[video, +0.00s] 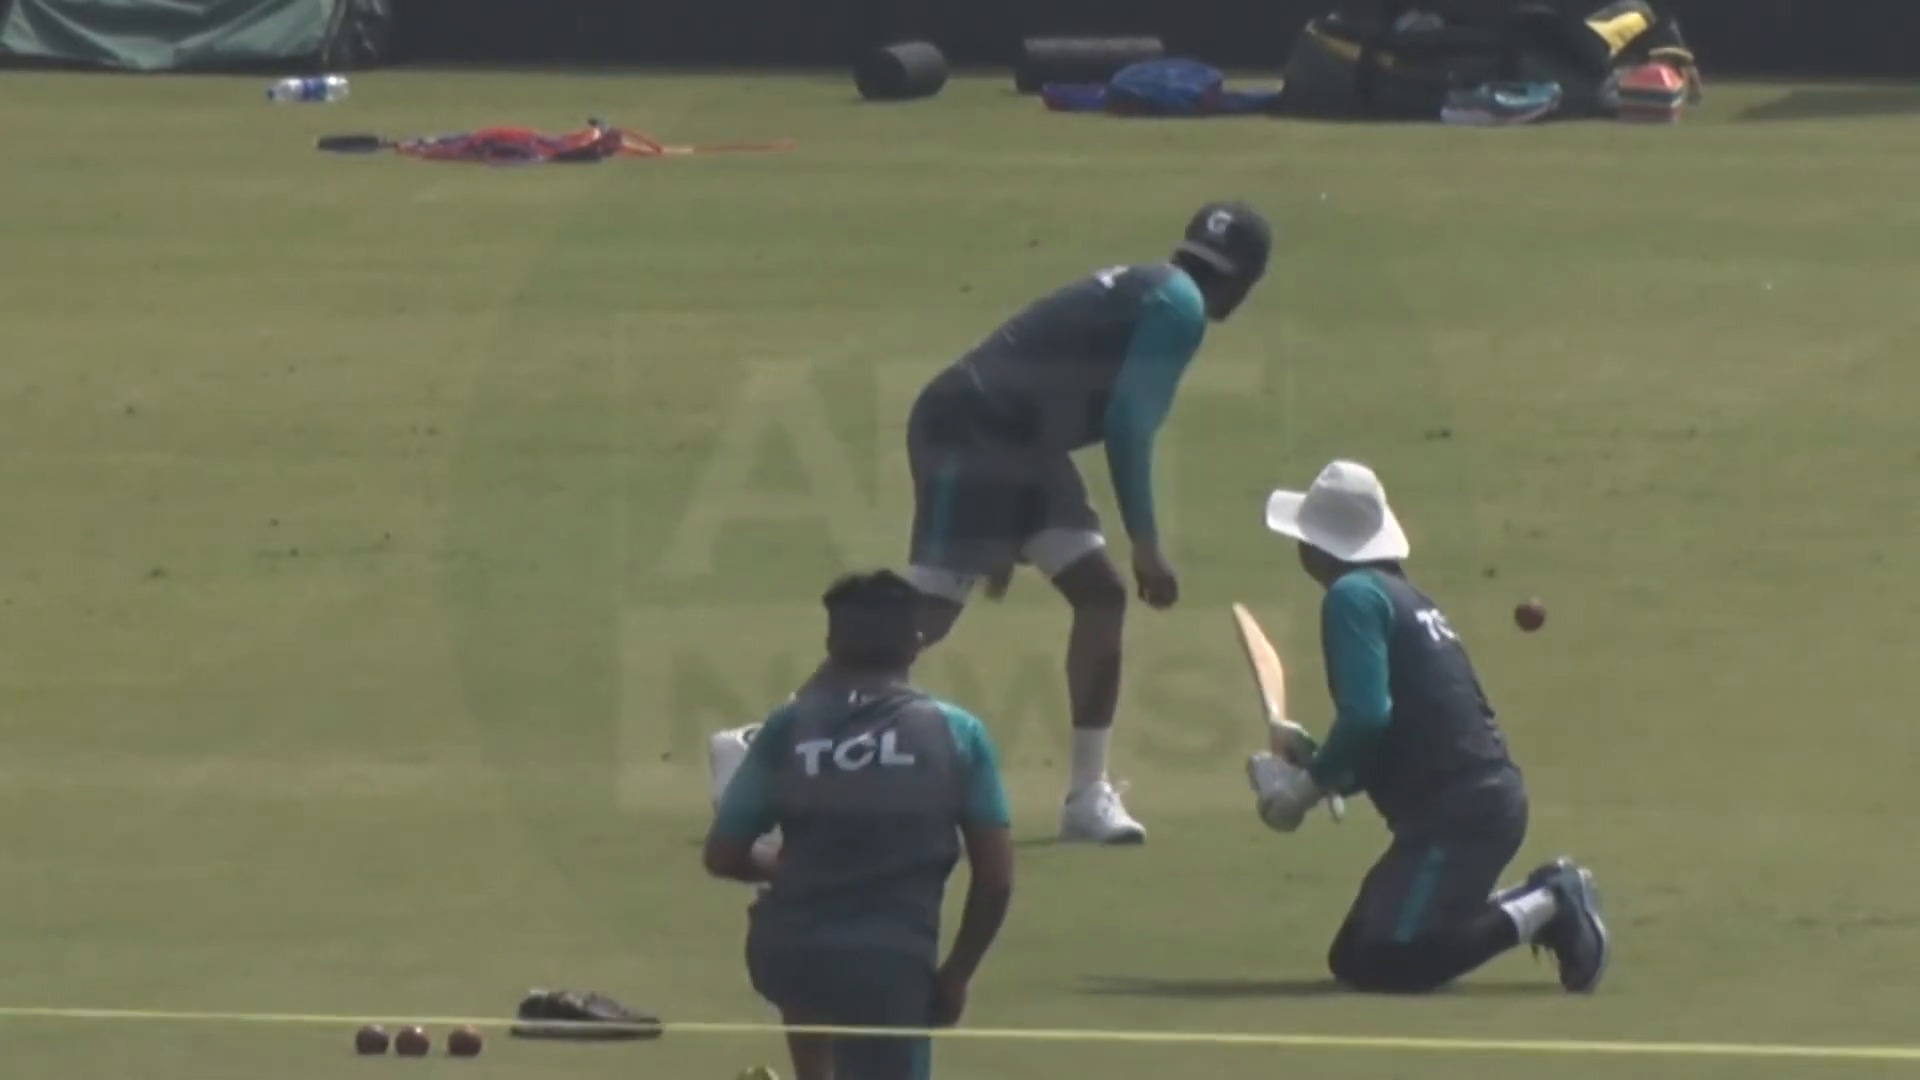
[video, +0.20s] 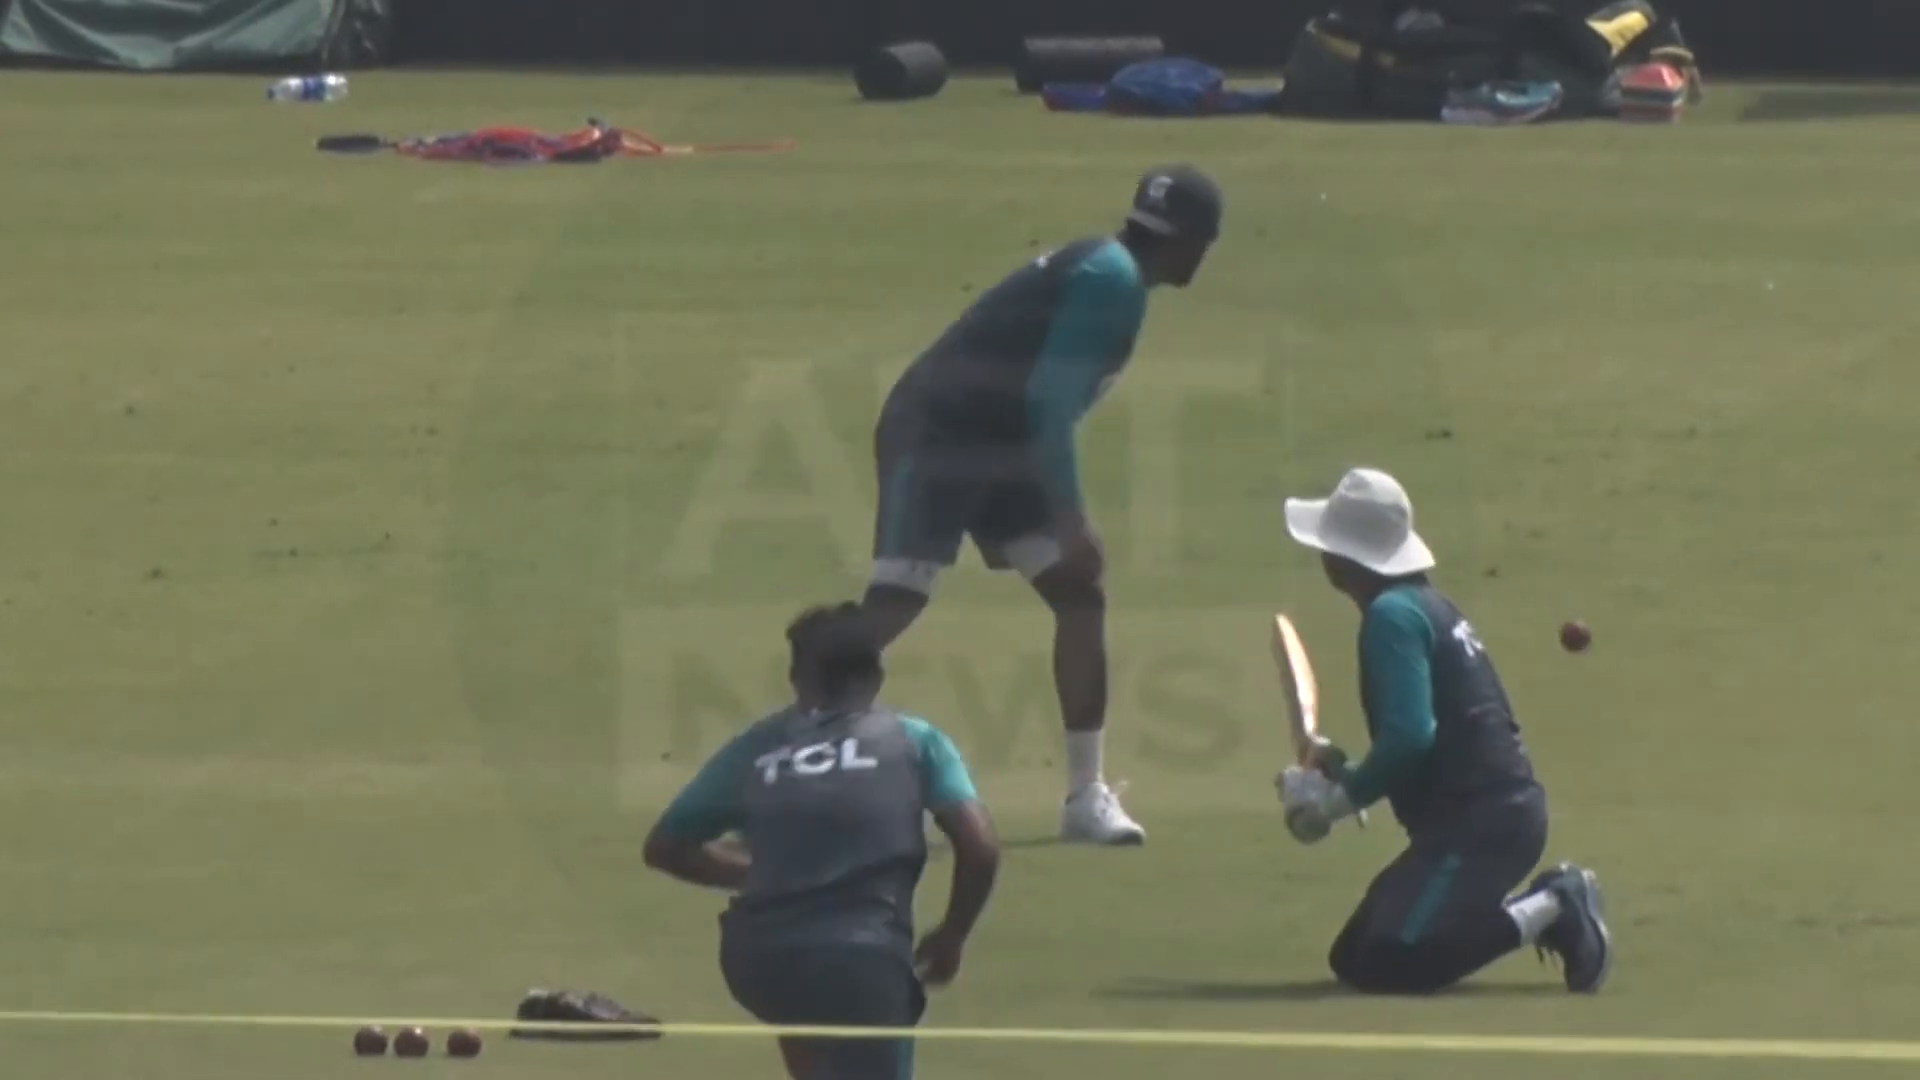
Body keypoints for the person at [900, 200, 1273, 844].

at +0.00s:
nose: (1244, 298)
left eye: (1245, 284)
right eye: (1247, 285)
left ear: (1188, 248)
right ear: (1239, 280)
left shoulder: (1141, 285)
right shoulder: (1179, 307)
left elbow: (1037, 406)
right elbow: (1129, 427)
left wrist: (1004, 531)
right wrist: (1148, 549)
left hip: (1026, 445)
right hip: (972, 431)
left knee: (1101, 594)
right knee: (927, 616)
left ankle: (1088, 796)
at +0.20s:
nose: (1200, 260)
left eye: (1203, 246)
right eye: (1199, 245)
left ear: (1144, 225)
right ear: (1179, 240)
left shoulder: (1102, 269)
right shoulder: (1110, 279)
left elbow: (1045, 402)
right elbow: (1049, 402)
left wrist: (1062, 523)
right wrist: (1072, 525)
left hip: (999, 441)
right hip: (933, 431)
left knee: (1080, 594)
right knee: (895, 603)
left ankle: (1087, 794)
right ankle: (791, 741)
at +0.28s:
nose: (1172, 249)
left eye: (1175, 235)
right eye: (1170, 233)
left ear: (1118, 219)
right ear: (1142, 229)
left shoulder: (1088, 288)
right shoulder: (1065, 272)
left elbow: (1037, 402)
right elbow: (1005, 392)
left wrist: (1053, 498)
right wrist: (1036, 502)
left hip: (984, 438)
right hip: (913, 428)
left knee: (1070, 600)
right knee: (884, 603)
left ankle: (1085, 796)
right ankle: (799, 758)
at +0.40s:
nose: (1127, 222)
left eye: (1128, 208)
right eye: (1116, 207)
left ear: (1083, 213)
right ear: (1071, 206)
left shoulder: (1064, 285)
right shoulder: (990, 267)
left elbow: (1024, 401)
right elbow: (921, 391)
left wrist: (1034, 496)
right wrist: (955, 508)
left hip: (980, 445)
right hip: (891, 439)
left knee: (1050, 599)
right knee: (858, 606)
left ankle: (1084, 795)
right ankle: (781, 772)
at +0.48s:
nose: (1074, 214)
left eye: (1080, 200)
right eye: (1059, 199)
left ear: (1081, 204)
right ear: (1012, 198)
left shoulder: (1046, 274)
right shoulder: (944, 263)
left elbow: (1012, 388)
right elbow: (879, 387)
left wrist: (1016, 491)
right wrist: (917, 509)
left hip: (964, 440)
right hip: (875, 438)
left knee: (1036, 604)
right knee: (841, 607)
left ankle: (1082, 794)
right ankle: (775, 772)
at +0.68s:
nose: (967, 213)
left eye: (979, 199)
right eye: (950, 199)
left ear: (993, 201)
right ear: (918, 198)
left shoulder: (1006, 268)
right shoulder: (864, 271)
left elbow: (1006, 381)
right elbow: (804, 388)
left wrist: (1018, 483)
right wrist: (839, 491)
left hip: (961, 456)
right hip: (861, 460)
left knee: (1041, 595)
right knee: (817, 612)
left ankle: (1085, 778)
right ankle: (800, 795)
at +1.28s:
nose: (1018, 205)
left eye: (1033, 190)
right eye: (1003, 189)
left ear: (1056, 187)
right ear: (977, 184)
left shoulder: (1082, 257)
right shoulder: (929, 260)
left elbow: (1110, 355)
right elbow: (889, 378)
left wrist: (1115, 453)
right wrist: (918, 468)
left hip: (1038, 455)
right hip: (934, 455)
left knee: (1112, 608)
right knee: (854, 613)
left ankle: (1159, 797)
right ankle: (773, 779)